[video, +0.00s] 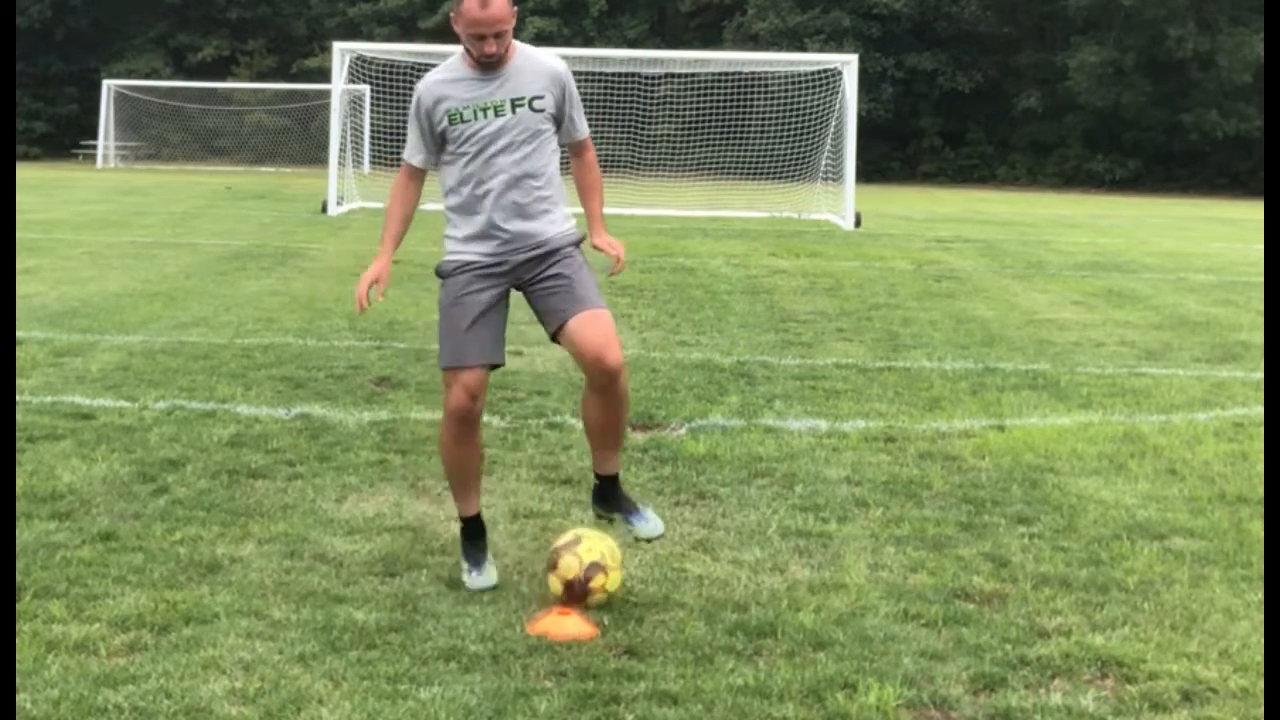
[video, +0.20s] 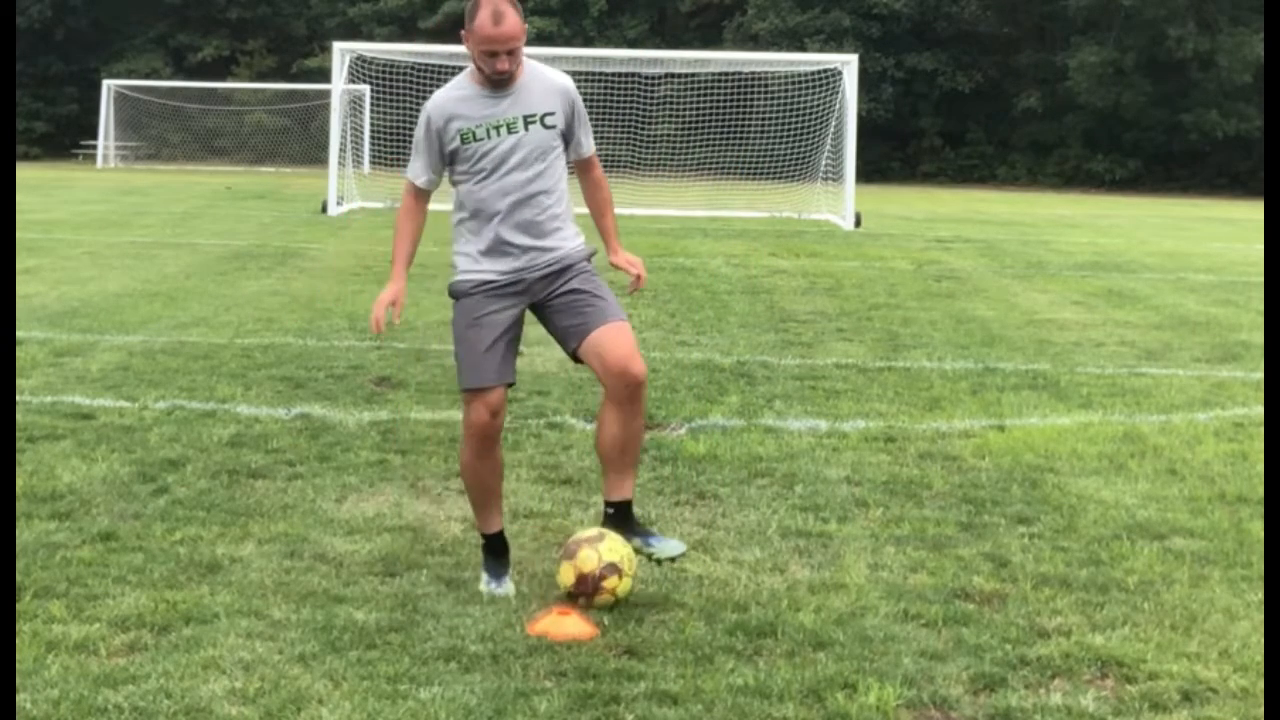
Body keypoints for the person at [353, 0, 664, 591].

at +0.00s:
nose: (490, 47)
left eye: (499, 34)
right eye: (478, 37)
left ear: (516, 18)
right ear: (456, 26)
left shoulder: (550, 71)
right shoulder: (433, 91)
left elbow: (581, 150)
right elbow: (411, 174)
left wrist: (597, 226)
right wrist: (384, 255)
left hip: (551, 247)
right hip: (472, 260)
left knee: (608, 362)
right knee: (462, 402)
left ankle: (609, 492)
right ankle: (472, 535)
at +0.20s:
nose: (502, 65)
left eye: (512, 52)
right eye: (489, 54)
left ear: (526, 36)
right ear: (466, 42)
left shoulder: (557, 89)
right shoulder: (441, 109)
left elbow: (588, 168)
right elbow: (416, 195)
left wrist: (614, 246)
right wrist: (397, 276)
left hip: (563, 264)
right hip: (484, 279)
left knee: (628, 373)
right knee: (483, 417)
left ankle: (620, 521)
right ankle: (494, 554)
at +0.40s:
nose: (515, 77)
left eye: (524, 63)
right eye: (502, 66)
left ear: (537, 50)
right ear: (478, 54)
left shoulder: (565, 100)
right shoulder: (457, 123)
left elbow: (596, 181)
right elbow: (423, 212)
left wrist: (629, 257)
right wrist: (411, 299)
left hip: (577, 278)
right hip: (499, 293)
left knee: (644, 384)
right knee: (492, 430)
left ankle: (640, 537)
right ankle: (497, 560)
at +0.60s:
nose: (532, 68)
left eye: (542, 54)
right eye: (519, 57)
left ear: (553, 39)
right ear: (494, 44)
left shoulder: (581, 92)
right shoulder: (472, 114)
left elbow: (609, 163)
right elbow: (441, 205)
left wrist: (637, 237)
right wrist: (431, 293)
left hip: (590, 275)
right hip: (512, 290)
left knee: (660, 382)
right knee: (500, 426)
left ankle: (657, 537)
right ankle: (497, 558)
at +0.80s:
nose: (554, 47)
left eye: (563, 34)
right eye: (541, 36)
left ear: (576, 20)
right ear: (516, 25)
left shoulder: (603, 73)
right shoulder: (491, 93)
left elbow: (626, 137)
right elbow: (461, 181)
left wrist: (650, 211)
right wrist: (452, 267)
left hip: (608, 259)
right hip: (531, 274)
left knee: (670, 372)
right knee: (515, 410)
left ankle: (666, 526)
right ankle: (498, 547)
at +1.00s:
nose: (573, 39)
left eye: (584, 26)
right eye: (560, 27)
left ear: (600, 12)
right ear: (537, 14)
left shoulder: (626, 65)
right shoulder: (510, 82)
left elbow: (650, 133)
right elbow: (480, 167)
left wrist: (670, 207)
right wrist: (469, 256)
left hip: (625, 246)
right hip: (547, 258)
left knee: (674, 372)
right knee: (532, 398)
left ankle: (670, 526)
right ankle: (511, 528)